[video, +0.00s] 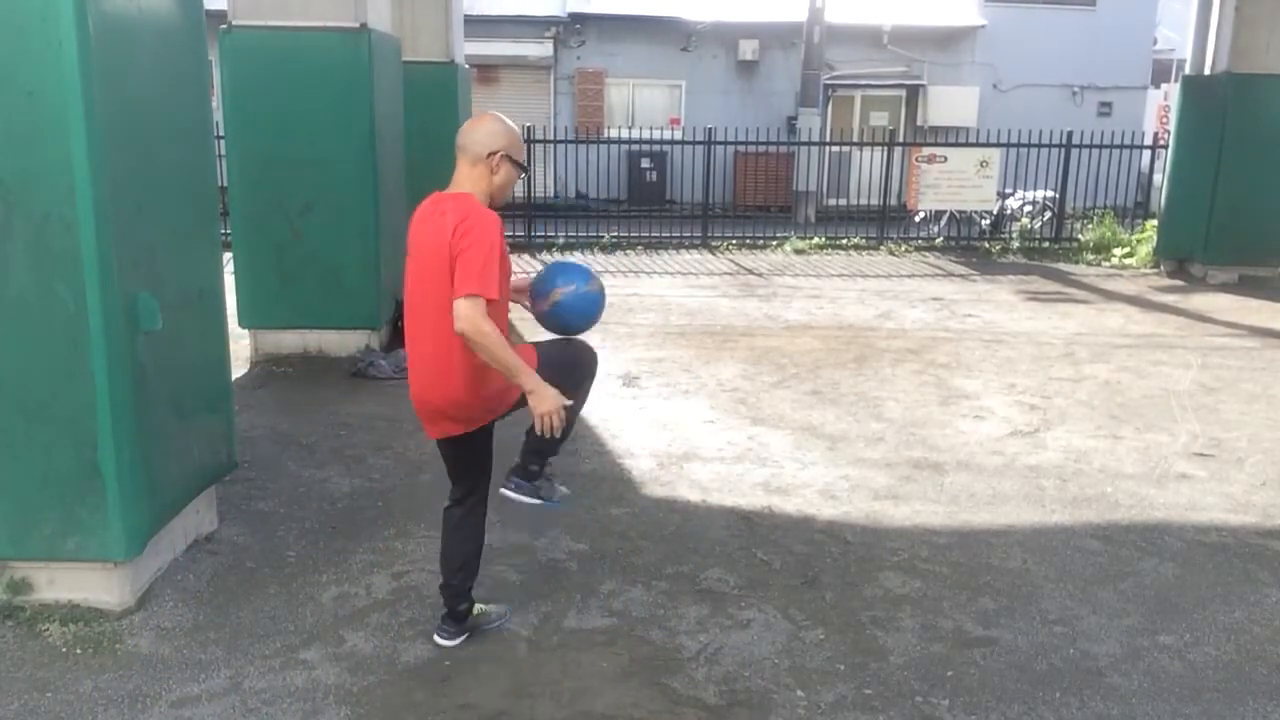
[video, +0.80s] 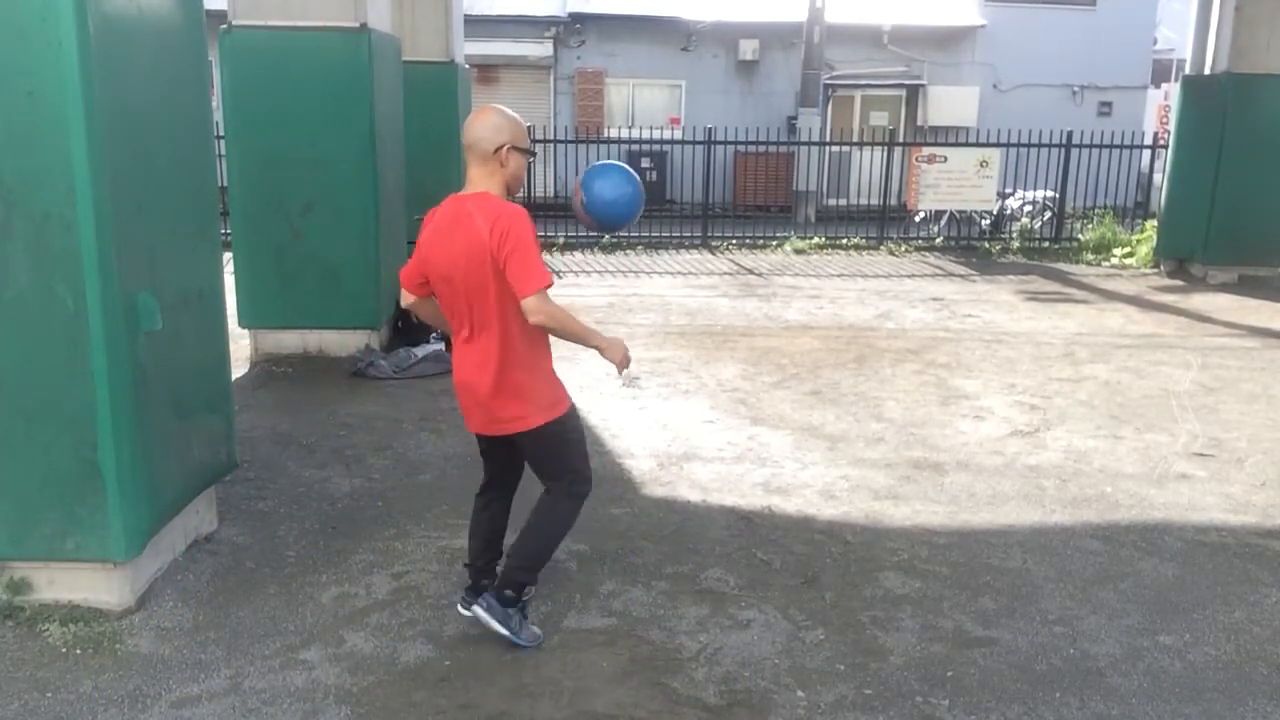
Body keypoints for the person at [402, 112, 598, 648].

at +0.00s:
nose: (517, 181)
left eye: (519, 170)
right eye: (517, 168)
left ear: (470, 159)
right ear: (495, 161)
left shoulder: (427, 211)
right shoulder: (479, 220)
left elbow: (441, 288)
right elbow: (469, 320)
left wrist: (516, 292)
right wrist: (533, 384)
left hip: (433, 388)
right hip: (478, 381)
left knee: (466, 492)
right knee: (579, 358)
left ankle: (456, 613)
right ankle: (531, 474)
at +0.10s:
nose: (517, 169)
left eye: (519, 158)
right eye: (516, 156)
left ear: (468, 152)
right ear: (494, 153)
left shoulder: (428, 206)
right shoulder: (484, 216)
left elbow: (434, 280)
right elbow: (477, 313)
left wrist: (494, 282)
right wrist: (537, 385)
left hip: (437, 383)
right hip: (480, 378)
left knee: (465, 496)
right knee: (584, 383)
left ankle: (455, 615)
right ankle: (523, 489)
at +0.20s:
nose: (516, 164)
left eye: (517, 152)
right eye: (515, 151)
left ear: (463, 148)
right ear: (496, 149)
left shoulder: (424, 208)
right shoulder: (491, 214)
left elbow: (412, 288)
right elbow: (497, 311)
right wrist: (560, 378)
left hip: (440, 389)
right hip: (492, 387)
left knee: (465, 494)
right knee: (567, 465)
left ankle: (455, 616)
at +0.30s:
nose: (521, 174)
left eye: (520, 163)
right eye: (521, 163)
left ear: (465, 161)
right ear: (509, 163)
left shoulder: (426, 223)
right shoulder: (509, 230)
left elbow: (395, 303)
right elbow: (536, 328)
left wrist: (449, 330)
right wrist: (601, 375)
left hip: (461, 392)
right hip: (507, 401)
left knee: (506, 476)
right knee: (526, 512)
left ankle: (480, 557)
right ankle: (485, 630)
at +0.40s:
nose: (526, 175)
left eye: (524, 165)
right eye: (526, 165)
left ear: (469, 162)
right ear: (515, 165)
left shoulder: (424, 226)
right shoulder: (518, 232)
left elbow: (386, 310)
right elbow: (553, 325)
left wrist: (409, 361)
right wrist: (614, 362)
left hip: (463, 384)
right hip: (510, 396)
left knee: (564, 346)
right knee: (528, 507)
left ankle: (514, 470)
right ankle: (484, 630)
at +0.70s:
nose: (527, 155)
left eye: (525, 145)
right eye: (525, 145)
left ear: (472, 149)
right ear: (510, 148)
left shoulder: (436, 215)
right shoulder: (523, 214)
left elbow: (400, 298)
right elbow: (560, 304)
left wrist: (425, 346)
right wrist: (614, 332)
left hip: (475, 380)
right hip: (517, 388)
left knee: (551, 417)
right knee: (513, 506)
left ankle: (507, 521)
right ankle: (484, 627)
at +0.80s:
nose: (527, 167)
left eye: (527, 156)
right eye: (525, 155)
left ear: (477, 156)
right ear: (503, 155)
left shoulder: (438, 219)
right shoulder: (508, 218)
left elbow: (412, 295)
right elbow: (536, 310)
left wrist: (458, 328)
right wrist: (601, 342)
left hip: (477, 385)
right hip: (524, 388)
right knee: (571, 481)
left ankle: (479, 586)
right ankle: (509, 593)